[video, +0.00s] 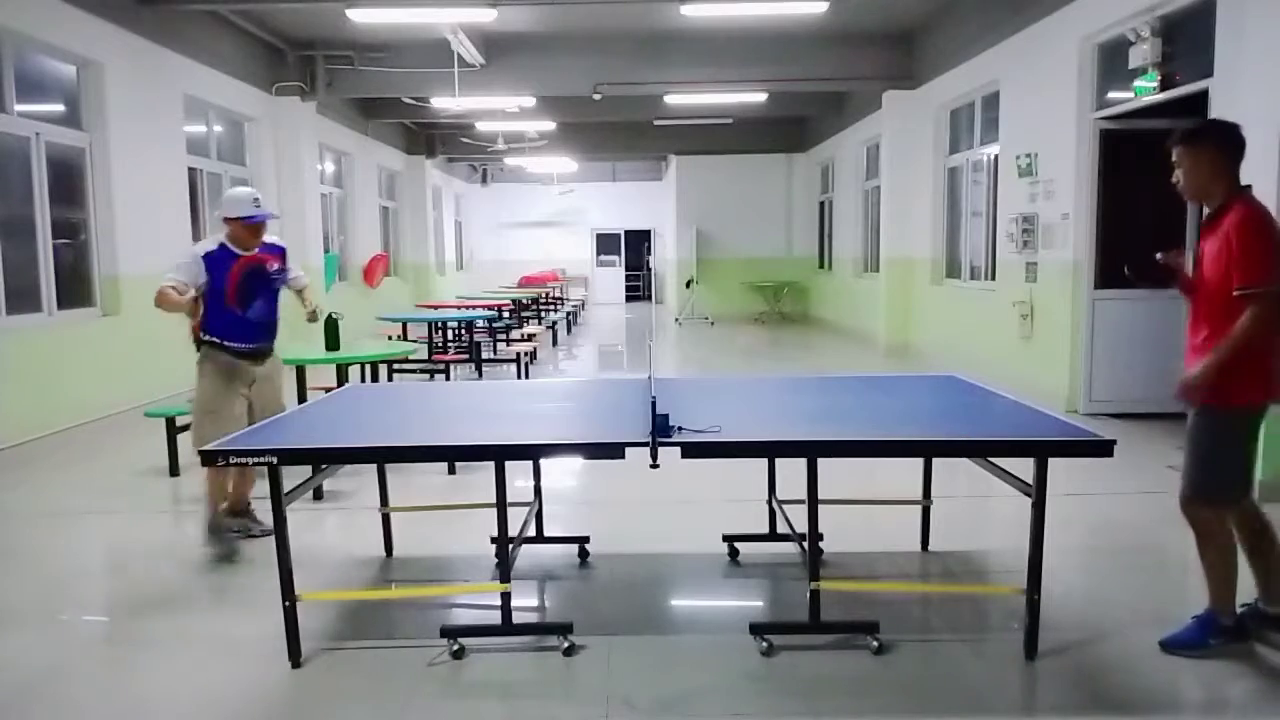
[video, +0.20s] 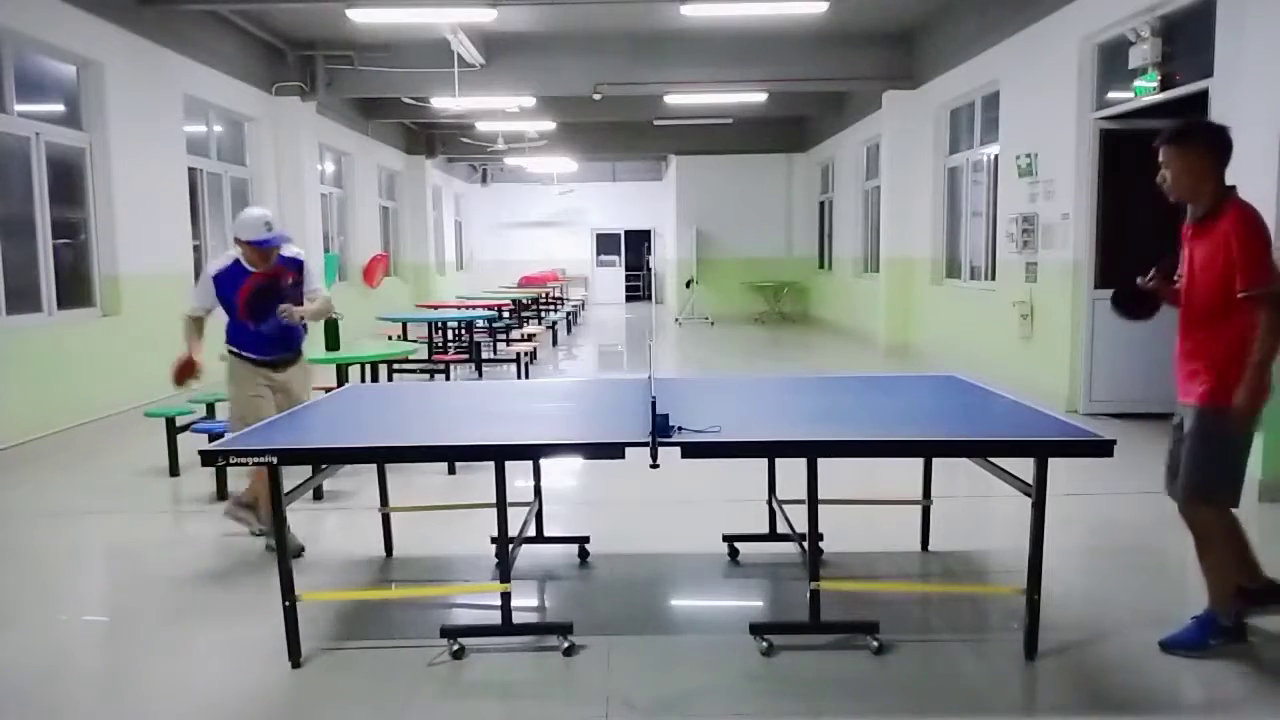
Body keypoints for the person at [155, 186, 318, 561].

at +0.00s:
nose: (260, 232)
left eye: (262, 225)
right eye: (252, 225)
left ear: (264, 223)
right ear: (230, 224)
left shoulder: (275, 252)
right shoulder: (205, 256)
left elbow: (298, 283)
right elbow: (162, 295)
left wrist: (309, 303)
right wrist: (185, 303)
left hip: (264, 362)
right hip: (222, 364)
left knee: (259, 439)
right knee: (220, 445)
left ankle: (239, 508)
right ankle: (216, 521)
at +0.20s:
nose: (270, 253)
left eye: (273, 245)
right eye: (261, 247)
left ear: (278, 240)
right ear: (241, 245)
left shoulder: (295, 262)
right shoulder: (219, 275)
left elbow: (324, 304)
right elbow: (195, 316)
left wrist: (302, 312)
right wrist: (193, 352)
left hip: (293, 368)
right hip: (248, 371)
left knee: (291, 440)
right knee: (266, 446)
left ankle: (246, 500)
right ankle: (276, 528)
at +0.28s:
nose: (277, 266)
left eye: (280, 258)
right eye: (268, 260)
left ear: (286, 251)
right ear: (249, 257)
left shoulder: (306, 271)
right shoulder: (229, 284)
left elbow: (334, 311)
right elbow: (215, 329)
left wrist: (307, 323)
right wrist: (220, 372)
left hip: (309, 373)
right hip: (262, 378)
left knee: (313, 453)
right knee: (271, 454)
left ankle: (275, 513)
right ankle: (279, 527)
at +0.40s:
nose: (291, 269)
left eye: (294, 260)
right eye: (282, 263)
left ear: (300, 251)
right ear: (263, 259)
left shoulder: (322, 267)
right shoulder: (244, 284)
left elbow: (353, 302)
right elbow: (238, 330)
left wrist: (337, 323)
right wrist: (259, 355)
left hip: (328, 374)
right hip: (278, 380)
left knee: (357, 432)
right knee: (275, 454)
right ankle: (278, 529)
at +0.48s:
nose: (302, 265)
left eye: (306, 257)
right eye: (293, 260)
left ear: (312, 249)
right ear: (275, 256)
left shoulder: (331, 265)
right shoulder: (256, 285)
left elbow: (362, 298)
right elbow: (258, 335)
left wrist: (350, 313)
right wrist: (283, 353)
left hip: (338, 369)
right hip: (288, 376)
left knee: (367, 432)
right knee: (285, 451)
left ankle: (358, 508)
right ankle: (280, 526)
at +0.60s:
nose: (328, 255)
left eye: (333, 247)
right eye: (321, 247)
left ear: (339, 245)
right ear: (304, 247)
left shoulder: (347, 266)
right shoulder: (293, 285)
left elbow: (374, 301)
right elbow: (316, 337)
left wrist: (370, 291)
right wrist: (353, 341)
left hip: (356, 366)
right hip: (313, 373)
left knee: (374, 436)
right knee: (307, 452)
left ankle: (358, 506)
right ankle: (280, 524)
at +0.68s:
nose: (344, 246)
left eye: (349, 239)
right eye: (337, 239)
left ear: (353, 240)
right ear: (319, 239)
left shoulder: (354, 263)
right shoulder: (309, 274)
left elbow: (369, 289)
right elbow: (340, 317)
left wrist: (382, 291)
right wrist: (382, 327)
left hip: (363, 360)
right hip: (322, 367)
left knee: (383, 426)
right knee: (312, 450)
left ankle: (365, 496)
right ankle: (280, 521)